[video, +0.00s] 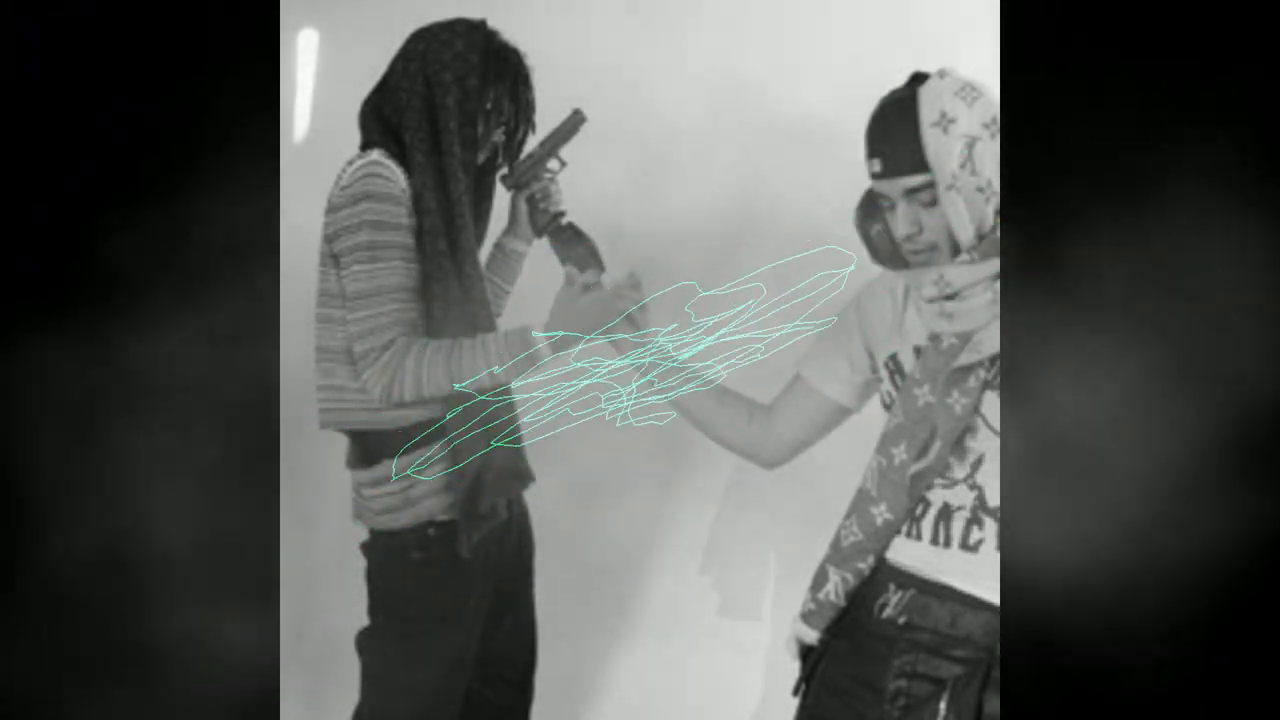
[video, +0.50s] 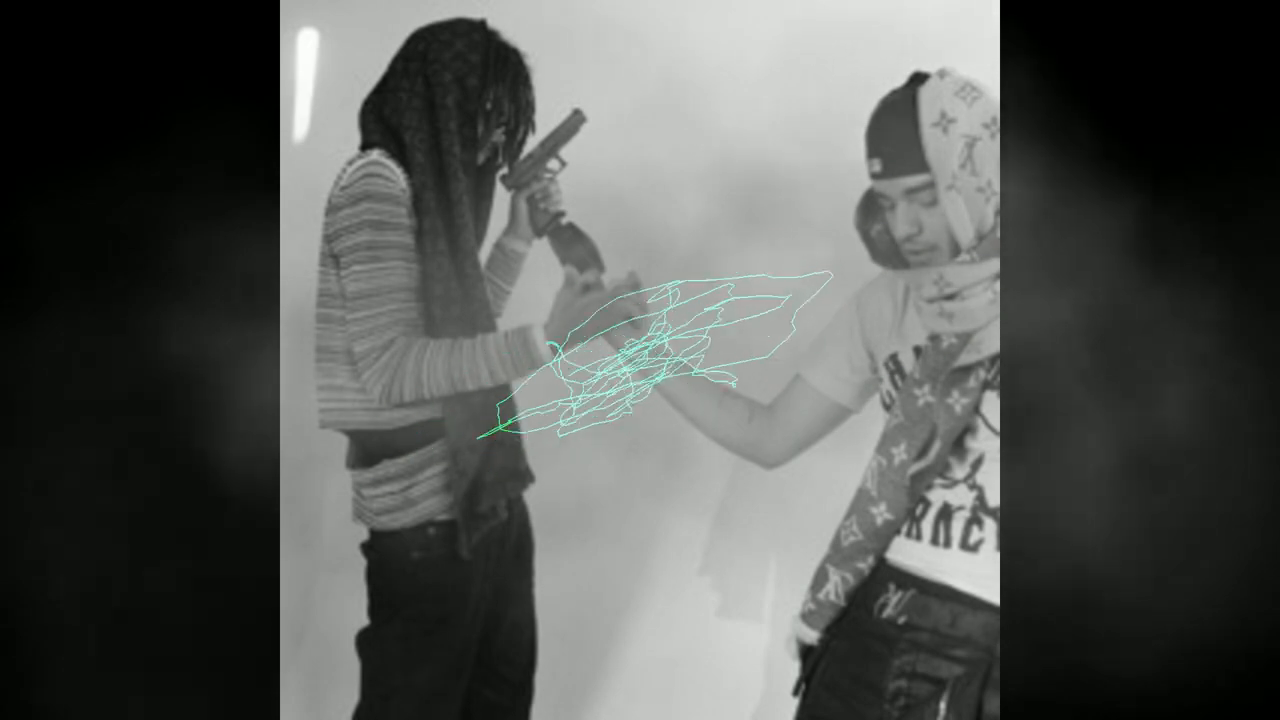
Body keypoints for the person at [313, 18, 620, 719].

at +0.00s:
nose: (495, 142)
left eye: (502, 124)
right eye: (489, 119)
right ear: (446, 108)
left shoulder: (430, 191)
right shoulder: (377, 182)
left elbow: (464, 330)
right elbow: (388, 370)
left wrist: (518, 234)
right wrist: (555, 337)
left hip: (486, 498)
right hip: (420, 514)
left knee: (500, 697)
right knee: (411, 703)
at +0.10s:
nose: (496, 142)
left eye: (503, 125)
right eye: (490, 119)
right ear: (447, 107)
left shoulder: (429, 191)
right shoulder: (376, 182)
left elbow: (462, 328)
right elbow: (388, 368)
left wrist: (519, 235)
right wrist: (549, 337)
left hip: (486, 502)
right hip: (420, 517)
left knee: (500, 700)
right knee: (411, 705)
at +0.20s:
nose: (497, 144)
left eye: (504, 126)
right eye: (492, 120)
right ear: (449, 108)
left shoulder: (429, 192)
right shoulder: (376, 182)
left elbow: (462, 330)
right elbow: (388, 368)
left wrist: (518, 235)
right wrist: (548, 340)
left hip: (487, 497)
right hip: (422, 514)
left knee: (500, 700)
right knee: (410, 705)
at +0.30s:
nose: (496, 143)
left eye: (503, 125)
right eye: (491, 119)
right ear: (448, 108)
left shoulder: (430, 191)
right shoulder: (376, 182)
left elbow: (463, 327)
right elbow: (388, 368)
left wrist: (519, 234)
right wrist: (549, 339)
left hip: (484, 497)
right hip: (420, 511)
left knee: (500, 698)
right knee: (411, 703)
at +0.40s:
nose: (499, 146)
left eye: (506, 127)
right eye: (494, 122)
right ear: (451, 109)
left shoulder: (429, 193)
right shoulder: (377, 182)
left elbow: (466, 334)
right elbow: (386, 370)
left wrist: (518, 234)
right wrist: (549, 340)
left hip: (486, 498)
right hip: (424, 507)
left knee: (499, 697)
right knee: (411, 701)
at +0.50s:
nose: (498, 145)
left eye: (505, 127)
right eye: (493, 122)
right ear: (450, 108)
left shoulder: (425, 192)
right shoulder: (376, 183)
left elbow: (462, 332)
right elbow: (388, 368)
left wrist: (518, 235)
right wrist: (549, 339)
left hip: (485, 500)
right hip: (422, 516)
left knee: (500, 700)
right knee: (411, 705)